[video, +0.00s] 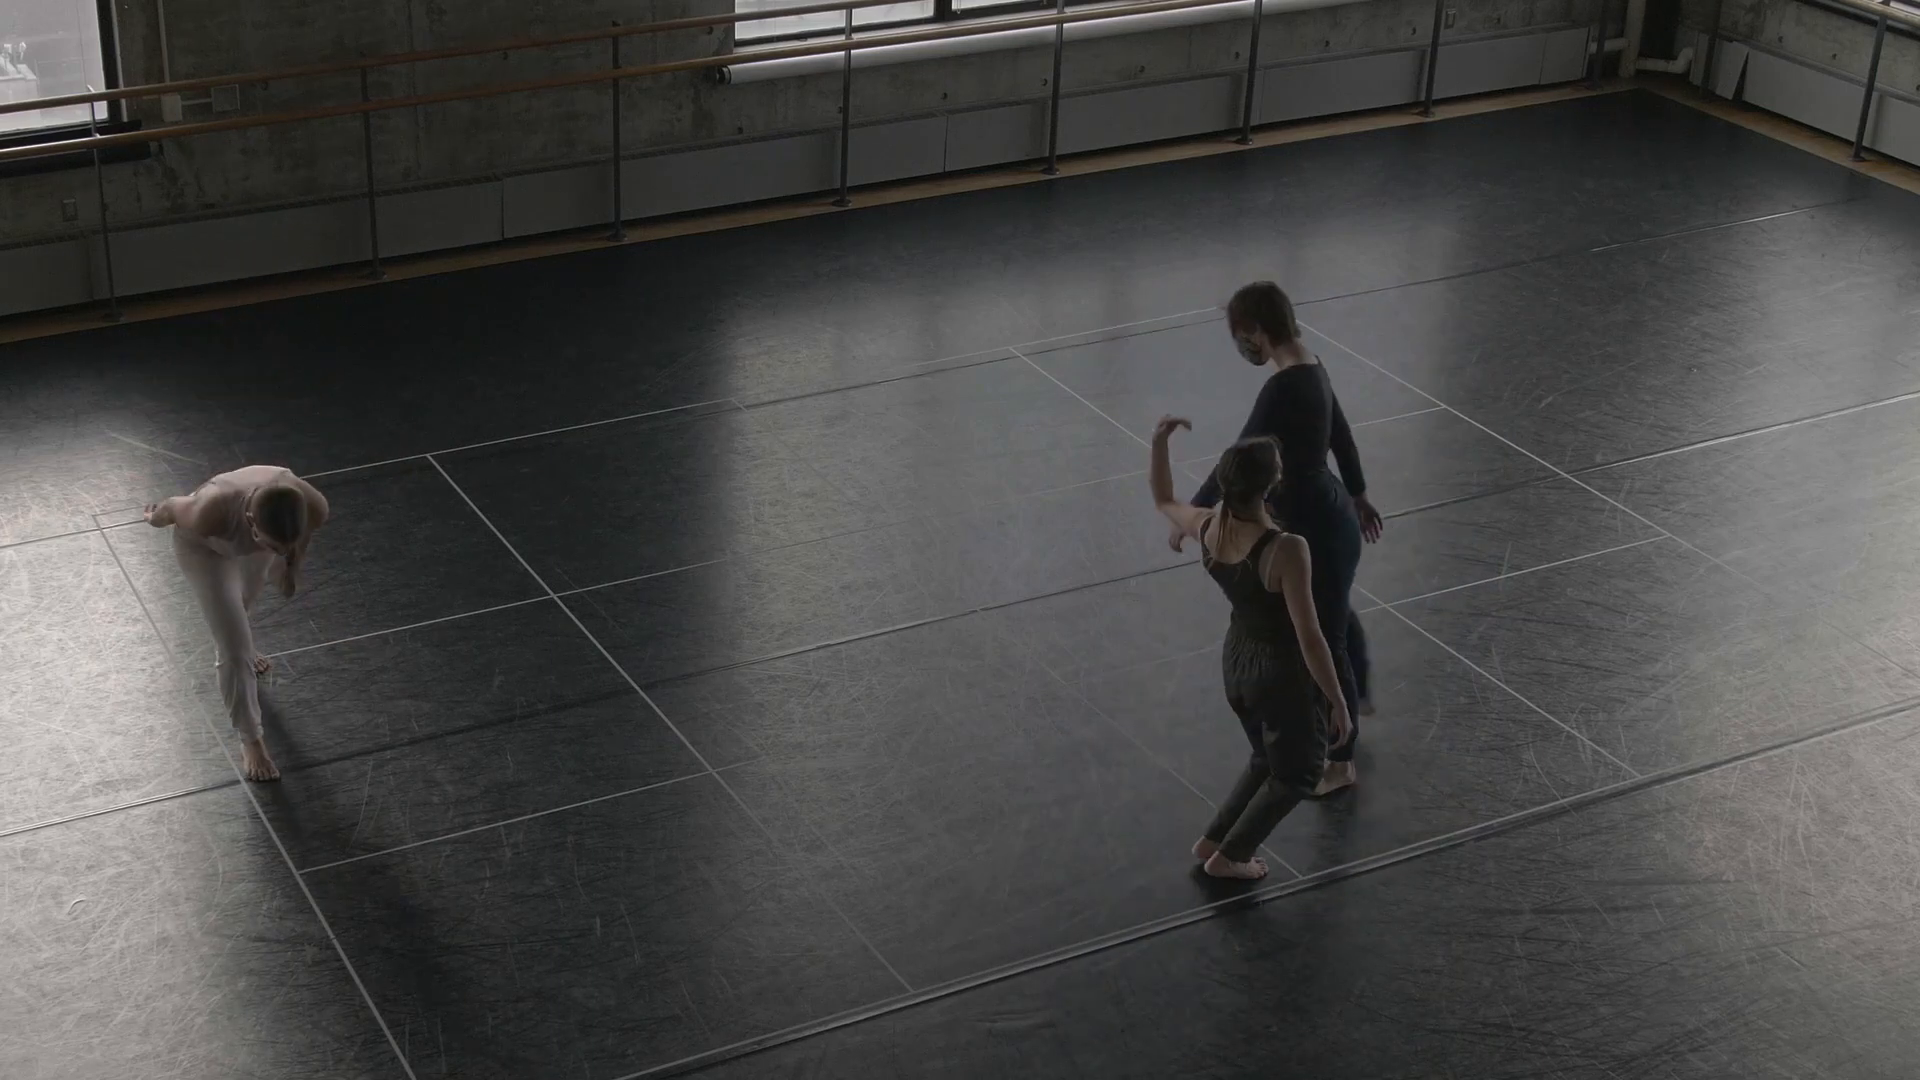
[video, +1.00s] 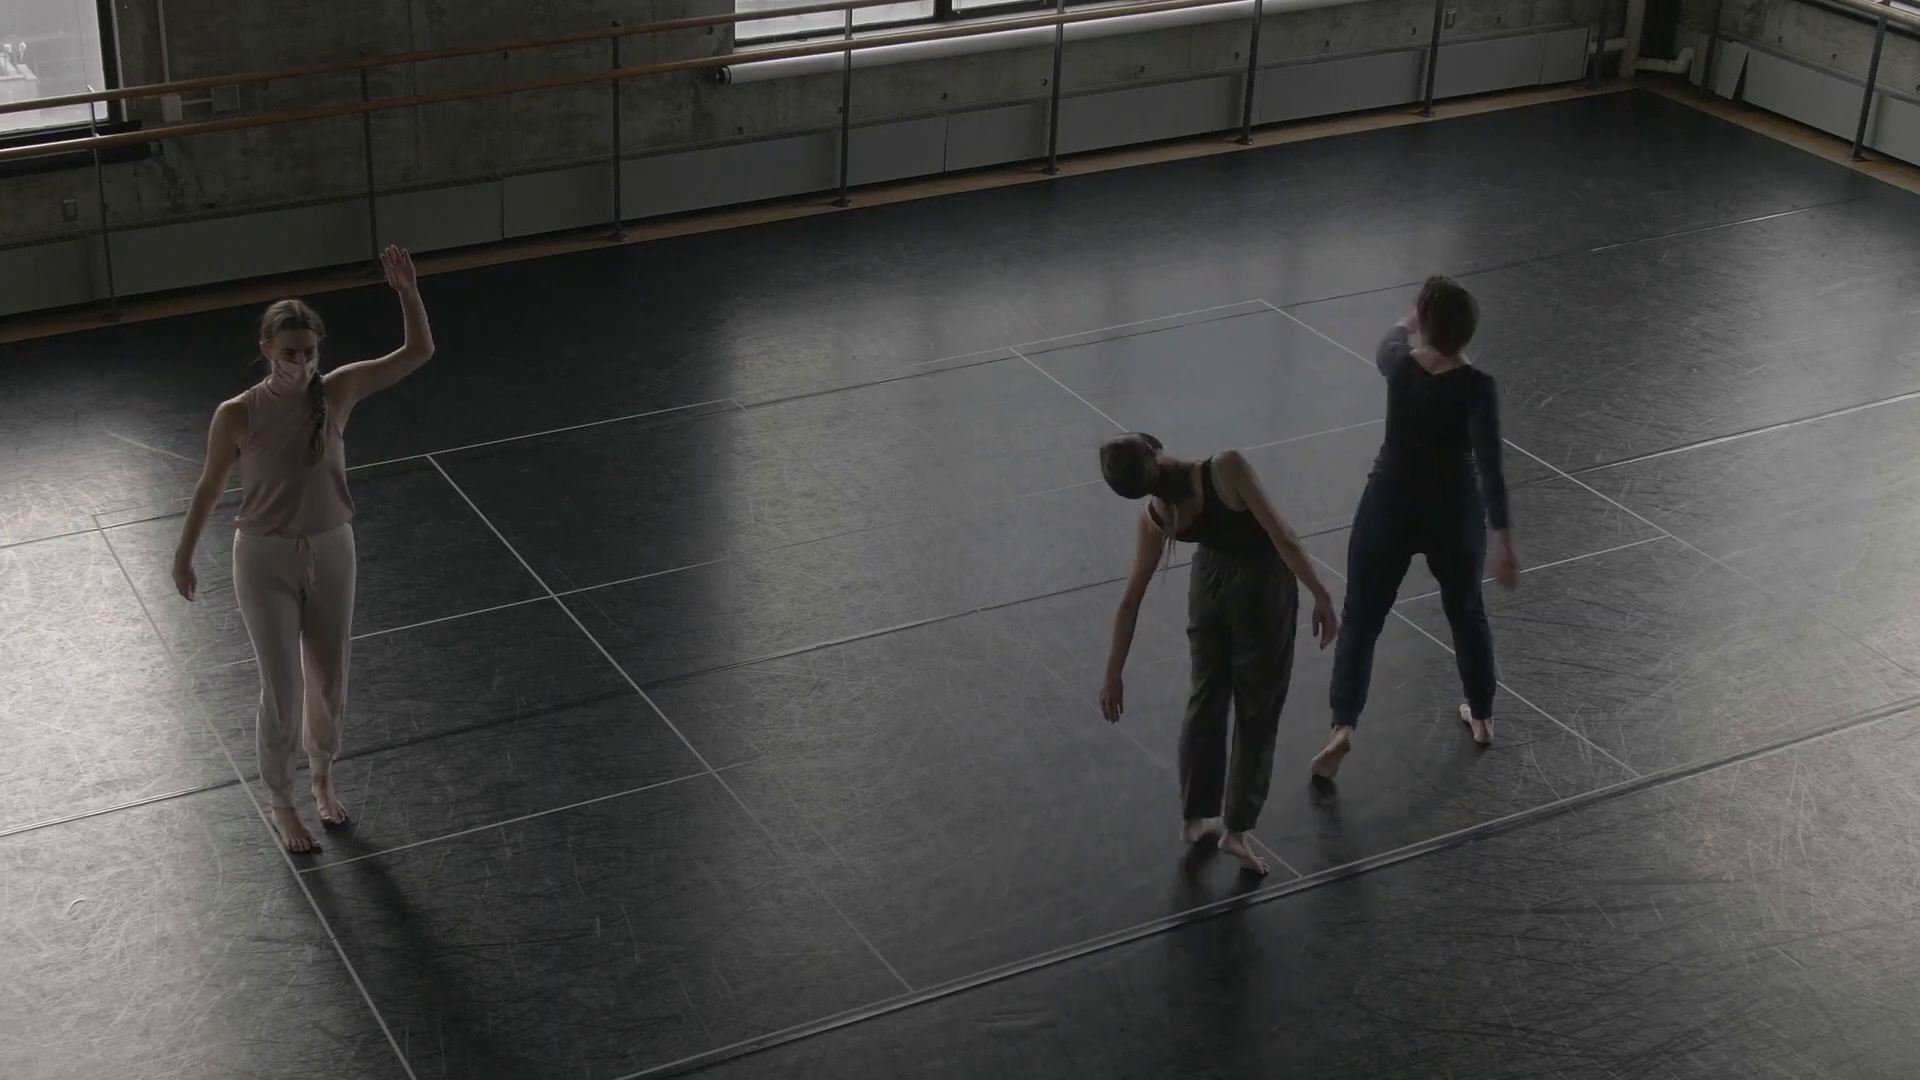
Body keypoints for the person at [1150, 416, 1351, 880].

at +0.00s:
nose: (1282, 475)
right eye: (1278, 471)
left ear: (1226, 483)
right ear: (1271, 489)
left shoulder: (1209, 525)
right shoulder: (1287, 548)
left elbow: (1164, 499)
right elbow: (1310, 637)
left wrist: (1159, 441)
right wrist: (1337, 700)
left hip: (1238, 665)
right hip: (1282, 674)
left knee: (1265, 760)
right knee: (1296, 774)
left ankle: (1213, 841)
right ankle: (1229, 858)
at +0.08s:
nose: (1274, 486)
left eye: (1270, 479)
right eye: (1270, 482)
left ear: (1217, 493)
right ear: (1265, 496)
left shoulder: (1205, 543)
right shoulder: (1283, 556)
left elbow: (1159, 547)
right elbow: (1308, 644)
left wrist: (1145, 485)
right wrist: (1337, 706)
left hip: (1243, 669)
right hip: (1285, 678)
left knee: (1273, 761)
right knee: (1305, 775)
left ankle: (1217, 834)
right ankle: (1233, 855)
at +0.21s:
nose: (1262, 498)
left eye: (1259, 491)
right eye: (1259, 494)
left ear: (1206, 502)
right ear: (1250, 508)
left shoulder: (1196, 562)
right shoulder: (1274, 561)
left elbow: (1164, 612)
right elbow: (1303, 641)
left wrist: (1130, 568)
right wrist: (1336, 705)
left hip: (1250, 676)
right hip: (1289, 681)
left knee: (1280, 760)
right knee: (1306, 778)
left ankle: (1218, 833)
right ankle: (1238, 851)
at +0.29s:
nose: (1253, 500)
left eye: (1250, 493)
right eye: (1249, 497)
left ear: (1197, 510)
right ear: (1239, 512)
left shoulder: (1189, 571)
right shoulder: (1268, 562)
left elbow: (1167, 636)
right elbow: (1303, 640)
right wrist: (1337, 700)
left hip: (1253, 671)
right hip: (1293, 676)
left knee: (1282, 756)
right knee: (1310, 775)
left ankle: (1219, 831)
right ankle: (1238, 849)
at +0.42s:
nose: (1235, 498)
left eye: (1230, 491)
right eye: (1229, 495)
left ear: (1183, 512)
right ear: (1220, 512)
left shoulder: (1187, 561)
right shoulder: (1261, 555)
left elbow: (1172, 646)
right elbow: (1307, 631)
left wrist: (1145, 693)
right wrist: (1346, 690)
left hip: (1256, 656)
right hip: (1296, 665)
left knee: (1280, 751)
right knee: (1309, 767)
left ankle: (1221, 830)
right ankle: (1240, 848)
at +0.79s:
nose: (1183, 464)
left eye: (1173, 464)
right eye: (1178, 467)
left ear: (1154, 513)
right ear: (1181, 483)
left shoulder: (1174, 545)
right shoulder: (1246, 512)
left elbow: (1154, 628)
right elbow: (1302, 580)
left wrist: (1139, 703)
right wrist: (1344, 632)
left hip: (1244, 620)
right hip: (1290, 621)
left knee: (1260, 728)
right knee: (1287, 737)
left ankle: (1224, 829)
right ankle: (1237, 841)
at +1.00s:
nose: (1147, 439)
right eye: (1145, 441)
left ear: (1136, 491)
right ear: (1156, 450)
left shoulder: (1155, 518)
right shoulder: (1228, 469)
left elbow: (1130, 601)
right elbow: (1280, 535)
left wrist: (1112, 675)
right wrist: (1320, 594)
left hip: (1209, 584)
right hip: (1263, 585)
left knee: (1205, 696)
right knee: (1258, 707)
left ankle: (1197, 818)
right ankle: (1237, 831)